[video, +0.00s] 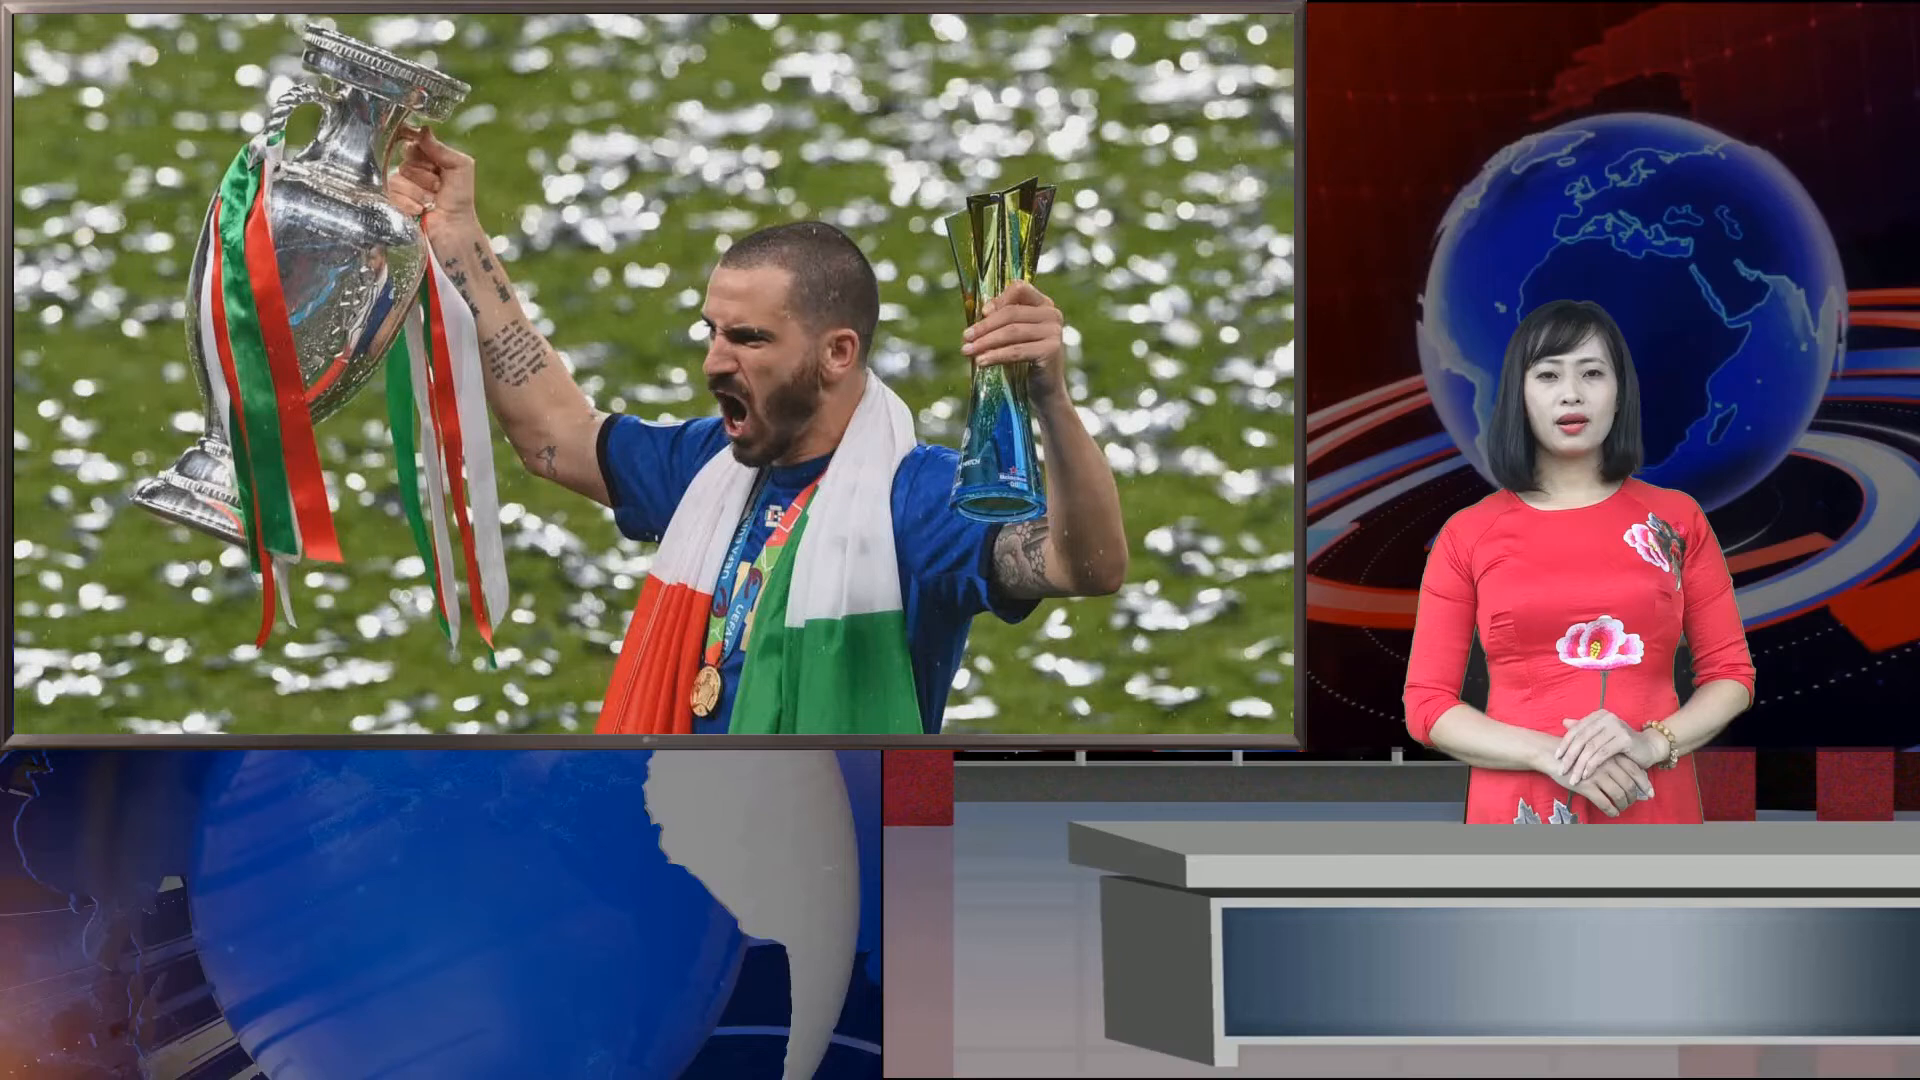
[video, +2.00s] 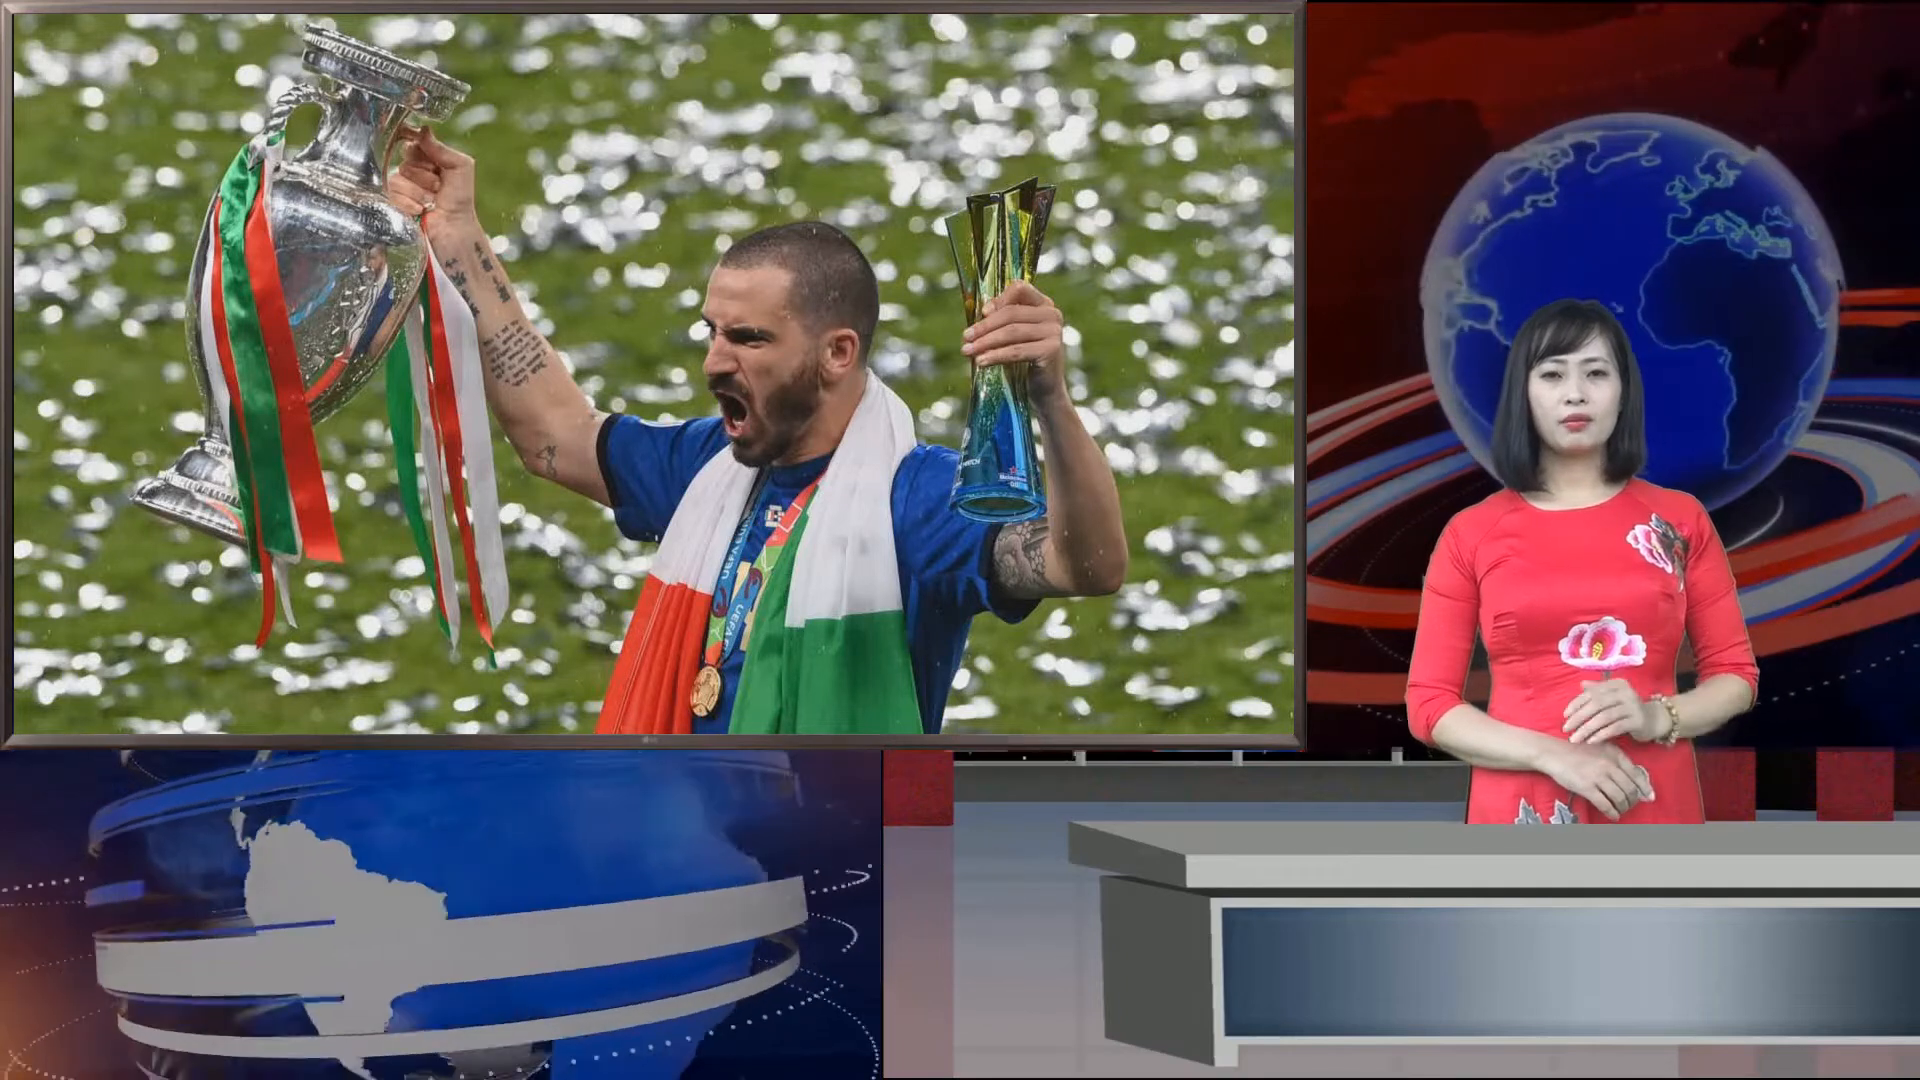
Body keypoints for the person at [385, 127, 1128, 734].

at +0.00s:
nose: (714, 361)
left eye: (747, 339)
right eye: (712, 333)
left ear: (839, 355)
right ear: (705, 327)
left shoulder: (915, 493)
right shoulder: (703, 465)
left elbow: (1090, 563)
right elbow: (557, 438)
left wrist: (1049, 398)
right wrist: (464, 252)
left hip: (830, 891)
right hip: (664, 879)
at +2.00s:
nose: (713, 362)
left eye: (747, 339)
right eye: (711, 333)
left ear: (839, 356)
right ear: (705, 327)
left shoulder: (915, 493)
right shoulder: (703, 466)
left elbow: (1090, 563)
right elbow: (557, 438)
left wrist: (1049, 399)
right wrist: (464, 252)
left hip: (833, 893)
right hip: (670, 883)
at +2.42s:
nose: (713, 362)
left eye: (747, 339)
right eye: (711, 333)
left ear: (839, 355)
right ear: (705, 327)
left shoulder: (914, 493)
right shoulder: (703, 466)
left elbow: (1090, 563)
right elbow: (557, 438)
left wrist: (1049, 398)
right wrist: (464, 252)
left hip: (834, 895)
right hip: (675, 884)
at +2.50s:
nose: (713, 362)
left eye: (747, 339)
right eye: (711, 333)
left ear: (839, 355)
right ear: (705, 327)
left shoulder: (915, 493)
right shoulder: (703, 466)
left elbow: (1090, 563)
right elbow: (557, 438)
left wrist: (1049, 398)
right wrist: (464, 252)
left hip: (833, 890)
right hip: (674, 881)